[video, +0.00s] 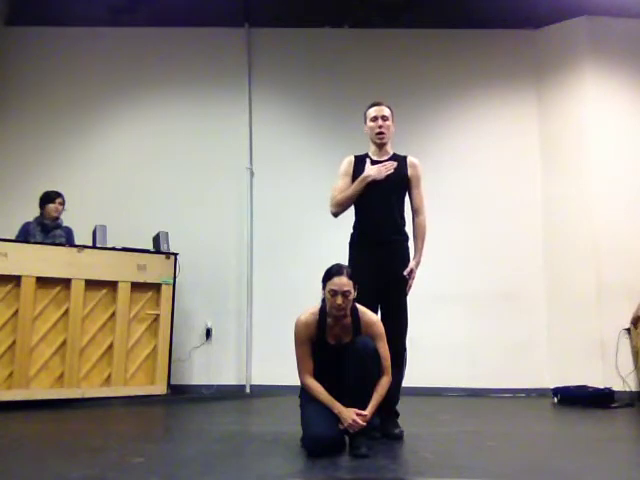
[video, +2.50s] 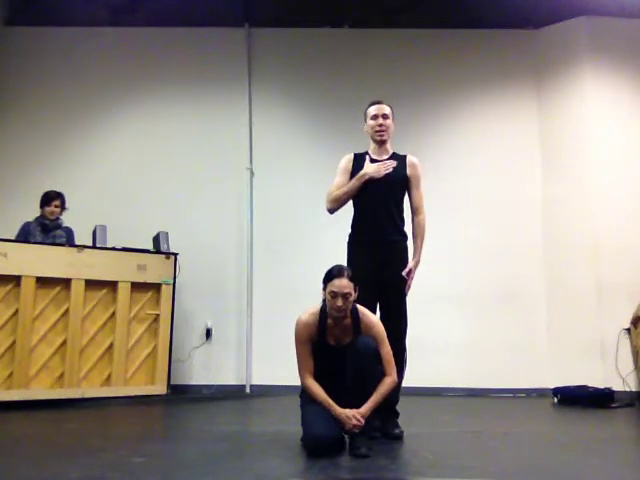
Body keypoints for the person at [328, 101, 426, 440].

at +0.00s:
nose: (380, 123)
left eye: (385, 118)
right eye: (374, 119)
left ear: (393, 125)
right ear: (365, 127)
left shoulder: (409, 166)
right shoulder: (353, 164)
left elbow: (419, 215)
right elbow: (335, 206)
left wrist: (416, 259)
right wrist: (366, 177)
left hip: (395, 257)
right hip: (362, 257)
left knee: (394, 337)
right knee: (359, 336)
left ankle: (388, 415)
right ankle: (358, 416)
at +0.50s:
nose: (381, 124)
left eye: (386, 119)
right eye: (375, 120)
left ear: (394, 125)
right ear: (366, 127)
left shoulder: (409, 166)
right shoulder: (353, 163)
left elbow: (419, 215)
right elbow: (332, 205)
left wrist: (416, 259)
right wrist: (365, 177)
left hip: (394, 257)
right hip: (362, 257)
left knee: (395, 337)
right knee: (358, 336)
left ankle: (388, 415)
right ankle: (359, 416)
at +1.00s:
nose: (381, 125)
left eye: (386, 119)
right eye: (375, 120)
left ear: (394, 125)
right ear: (366, 127)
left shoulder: (409, 166)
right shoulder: (353, 164)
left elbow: (419, 215)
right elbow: (333, 205)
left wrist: (416, 259)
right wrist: (365, 176)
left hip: (394, 257)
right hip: (362, 257)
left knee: (395, 337)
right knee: (359, 336)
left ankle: (388, 415)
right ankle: (358, 416)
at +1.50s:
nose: (381, 126)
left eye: (386, 121)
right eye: (376, 121)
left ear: (394, 126)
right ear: (366, 128)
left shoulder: (409, 167)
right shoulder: (353, 164)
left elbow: (419, 215)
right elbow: (332, 205)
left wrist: (416, 259)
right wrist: (365, 177)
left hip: (394, 257)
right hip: (361, 257)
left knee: (394, 338)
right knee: (359, 336)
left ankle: (388, 415)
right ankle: (358, 416)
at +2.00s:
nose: (381, 121)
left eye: (386, 117)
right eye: (375, 117)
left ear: (394, 124)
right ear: (366, 126)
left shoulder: (409, 165)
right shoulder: (352, 162)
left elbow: (419, 214)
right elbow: (332, 203)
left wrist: (415, 259)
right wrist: (365, 175)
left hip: (394, 257)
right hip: (361, 256)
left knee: (394, 337)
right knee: (358, 336)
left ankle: (388, 415)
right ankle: (359, 416)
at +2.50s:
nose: (380, 121)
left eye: (385, 117)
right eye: (375, 117)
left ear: (393, 124)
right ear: (365, 126)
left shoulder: (409, 165)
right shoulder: (352, 162)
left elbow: (418, 215)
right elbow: (331, 204)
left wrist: (415, 259)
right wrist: (364, 175)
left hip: (393, 257)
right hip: (361, 256)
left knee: (395, 337)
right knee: (358, 336)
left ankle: (388, 415)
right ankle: (359, 416)